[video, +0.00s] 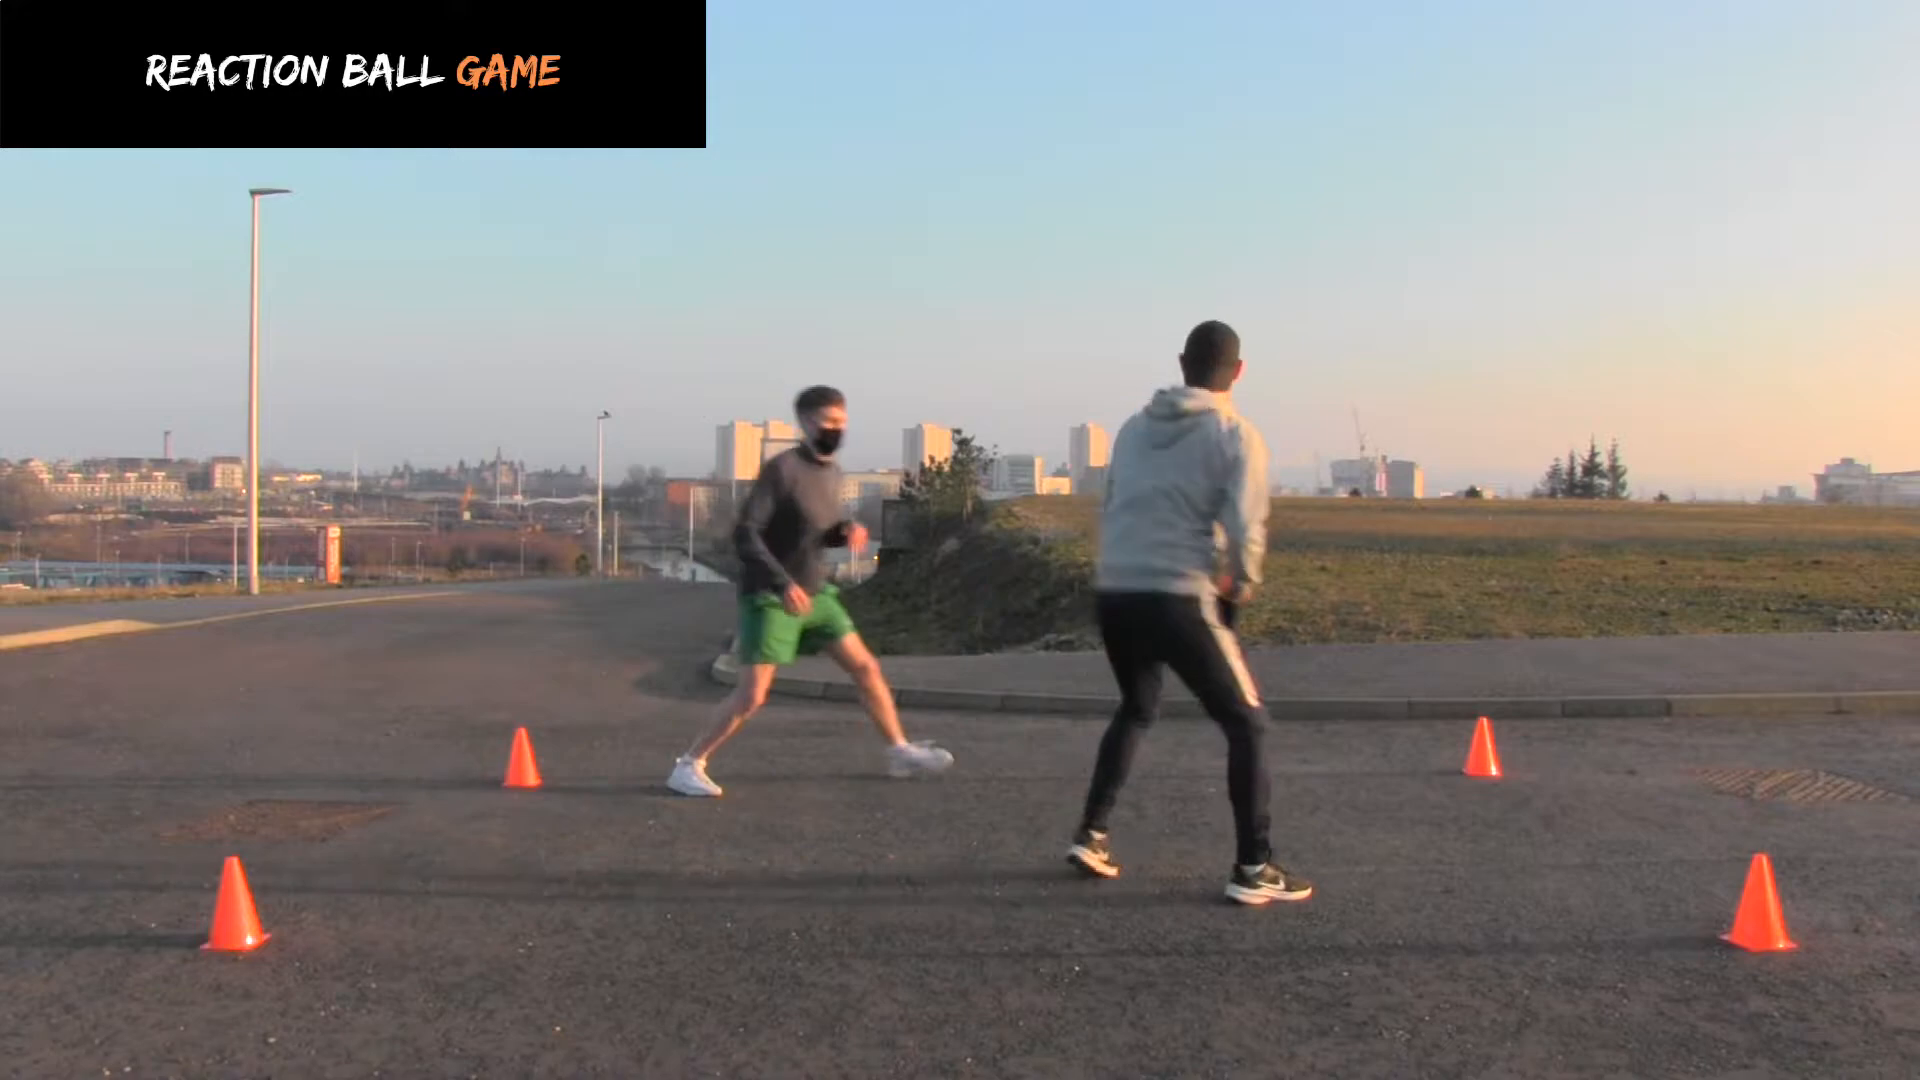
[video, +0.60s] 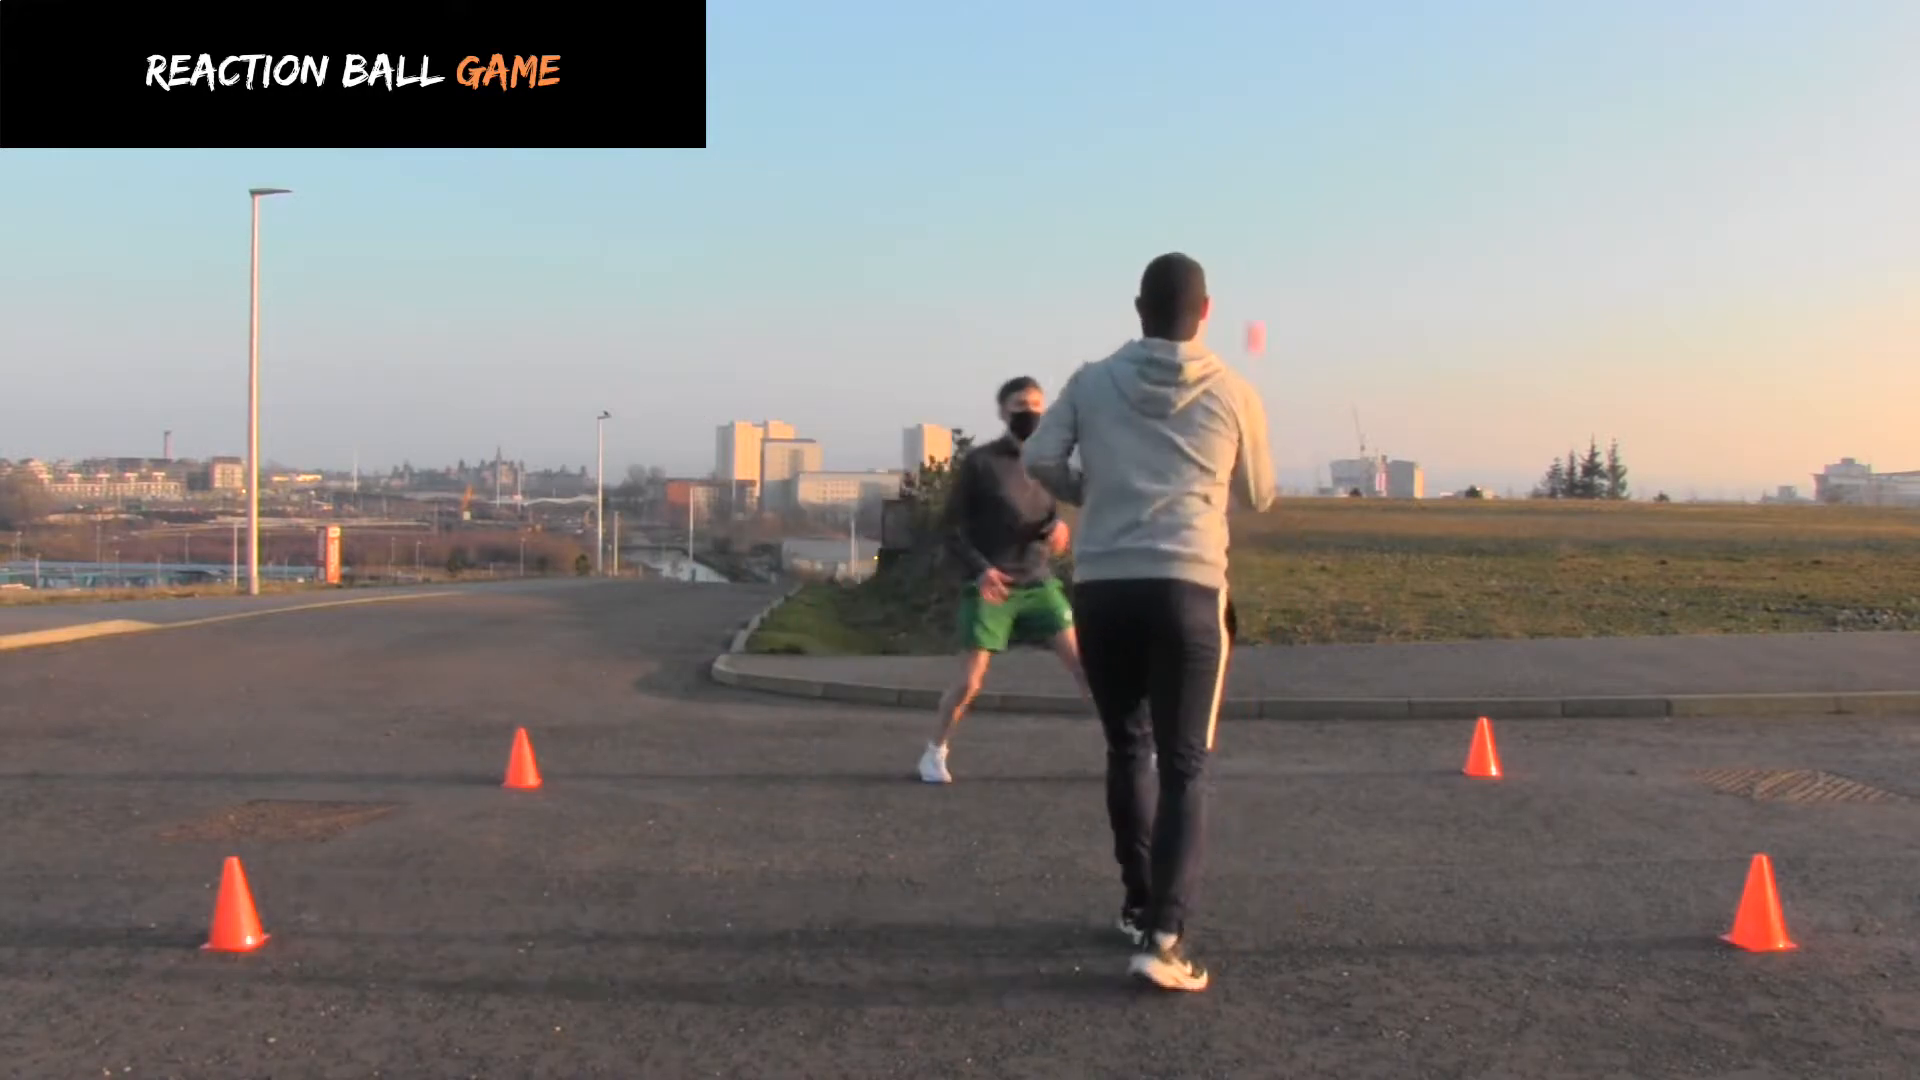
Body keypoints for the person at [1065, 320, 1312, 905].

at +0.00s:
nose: (1240, 375)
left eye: (1233, 364)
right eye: (1240, 366)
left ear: (1182, 364)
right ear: (1235, 371)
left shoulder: (1134, 428)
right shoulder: (1235, 434)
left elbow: (1112, 507)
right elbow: (1243, 524)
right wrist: (1243, 583)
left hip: (1114, 595)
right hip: (1180, 599)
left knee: (1136, 707)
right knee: (1246, 722)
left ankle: (1090, 834)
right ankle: (1253, 866)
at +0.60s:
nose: (1199, 316)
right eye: (1204, 305)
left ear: (1139, 309)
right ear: (1204, 311)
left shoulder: (1091, 381)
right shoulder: (1232, 388)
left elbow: (1042, 462)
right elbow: (1257, 495)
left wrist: (1094, 499)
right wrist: (1196, 481)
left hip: (1103, 591)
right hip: (1188, 594)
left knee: (1127, 747)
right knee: (1186, 762)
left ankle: (1140, 908)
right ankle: (1165, 941)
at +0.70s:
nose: (1190, 323)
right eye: (1195, 312)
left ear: (1127, 316)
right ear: (1193, 318)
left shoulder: (1078, 396)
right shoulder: (1220, 405)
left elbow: (1020, 478)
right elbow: (1247, 527)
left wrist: (1027, 551)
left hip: (1092, 613)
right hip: (1181, 615)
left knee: (1108, 751)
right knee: (1182, 780)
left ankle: (1109, 908)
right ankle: (1156, 957)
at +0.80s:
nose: (1174, 310)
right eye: (1177, 299)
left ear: (1108, 305)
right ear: (1176, 306)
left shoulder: (1063, 386)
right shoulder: (1207, 395)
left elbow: (1019, 473)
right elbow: (1235, 521)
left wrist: (1055, 519)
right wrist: (1209, 594)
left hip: (1078, 606)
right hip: (1168, 608)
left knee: (1087, 751)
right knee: (1172, 778)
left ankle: (1074, 913)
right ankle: (1155, 957)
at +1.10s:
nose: (1093, 308)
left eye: (1075, 298)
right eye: (1091, 298)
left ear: (1018, 306)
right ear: (1085, 304)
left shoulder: (980, 398)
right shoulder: (1114, 390)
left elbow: (944, 499)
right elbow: (1158, 505)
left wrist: (1004, 516)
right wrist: (1160, 596)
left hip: (994, 622)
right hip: (1079, 625)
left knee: (1025, 786)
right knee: (1131, 781)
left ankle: (1015, 978)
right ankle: (1078, 954)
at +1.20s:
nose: (1076, 296)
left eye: (1064, 286)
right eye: (1074, 286)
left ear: (1000, 294)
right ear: (1068, 292)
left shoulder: (959, 386)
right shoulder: (1100, 377)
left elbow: (919, 492)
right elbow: (1142, 492)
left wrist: (985, 505)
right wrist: (1133, 586)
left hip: (984, 618)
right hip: (1070, 617)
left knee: (1016, 782)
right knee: (1089, 787)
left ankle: (1014, 965)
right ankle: (1015, 954)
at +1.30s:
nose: (1048, 282)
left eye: (1007, 269)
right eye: (1050, 270)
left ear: (976, 274)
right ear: (1048, 274)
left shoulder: (934, 362)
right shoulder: (1083, 355)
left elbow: (891, 457)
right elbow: (1126, 471)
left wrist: (958, 497)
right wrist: (1094, 548)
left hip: (955, 594)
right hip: (1043, 597)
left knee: (988, 775)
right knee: (1026, 783)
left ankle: (996, 957)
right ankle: (956, 974)